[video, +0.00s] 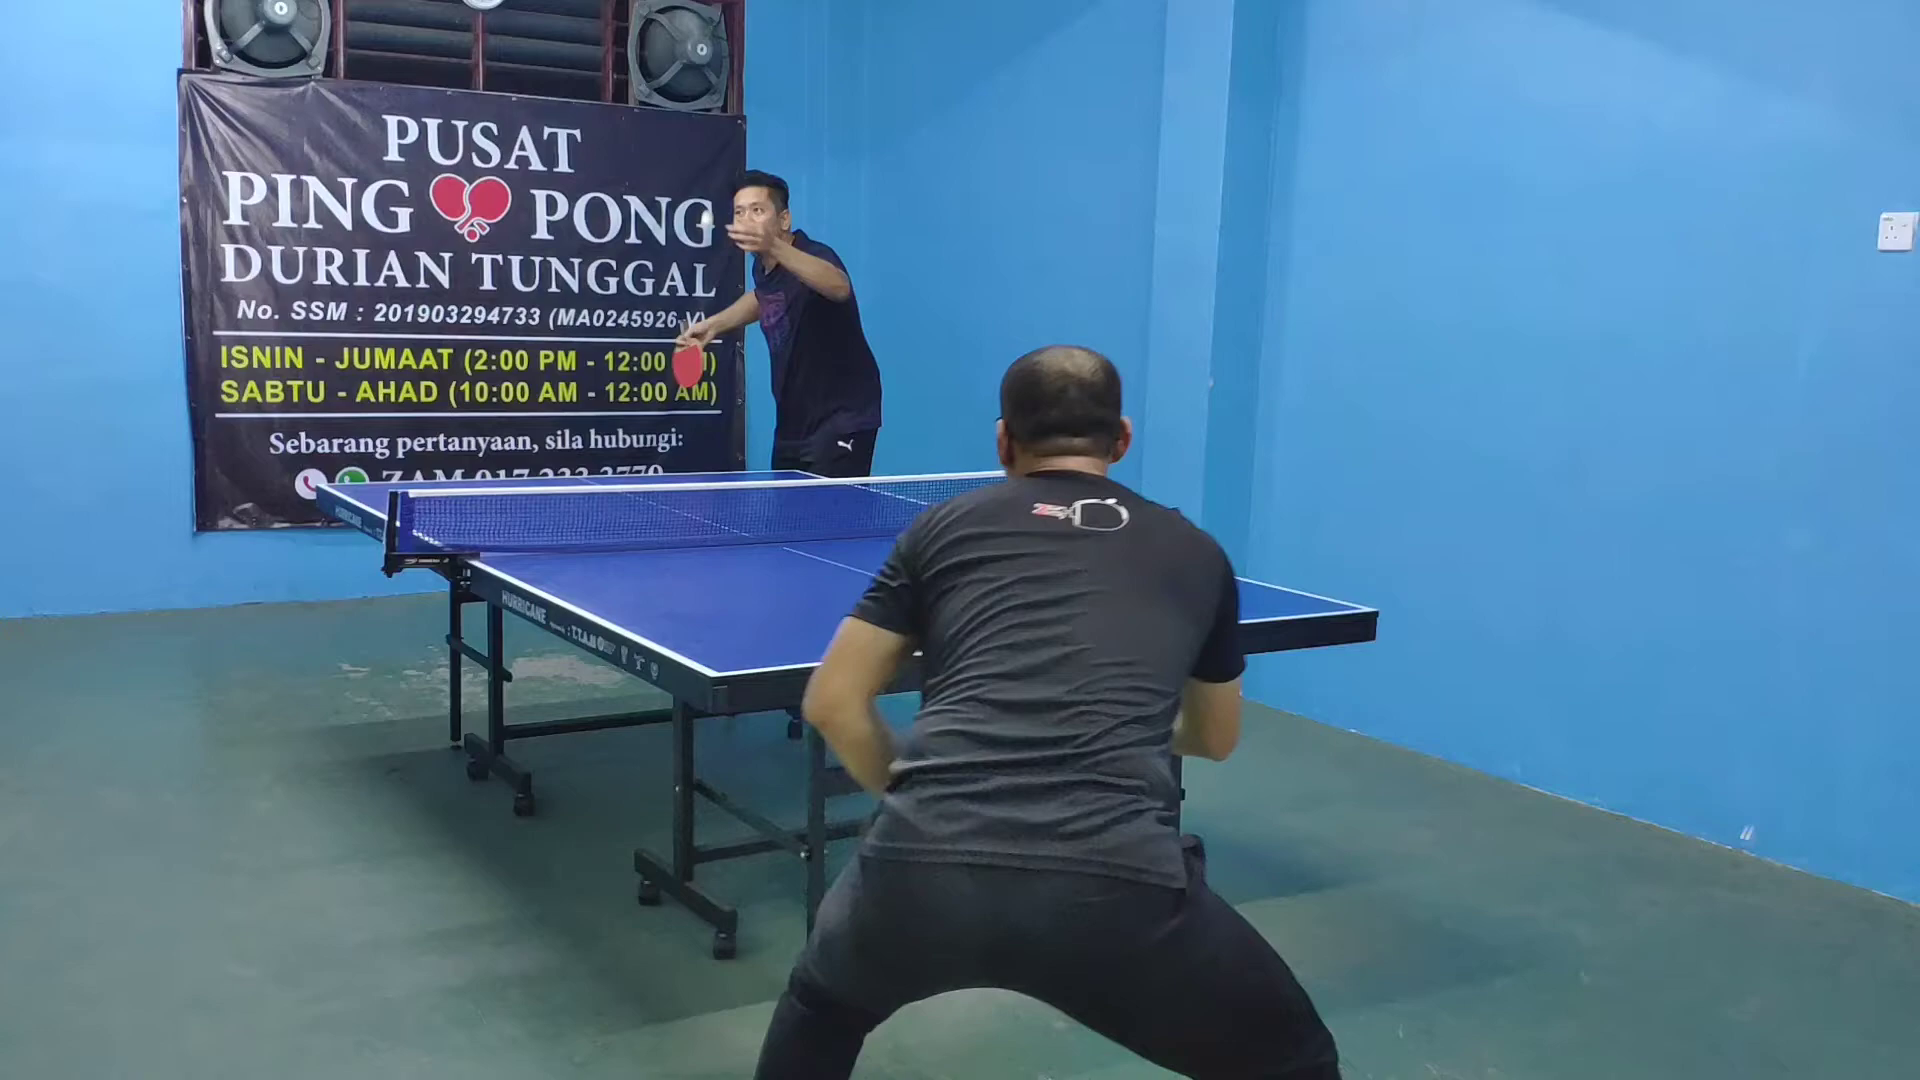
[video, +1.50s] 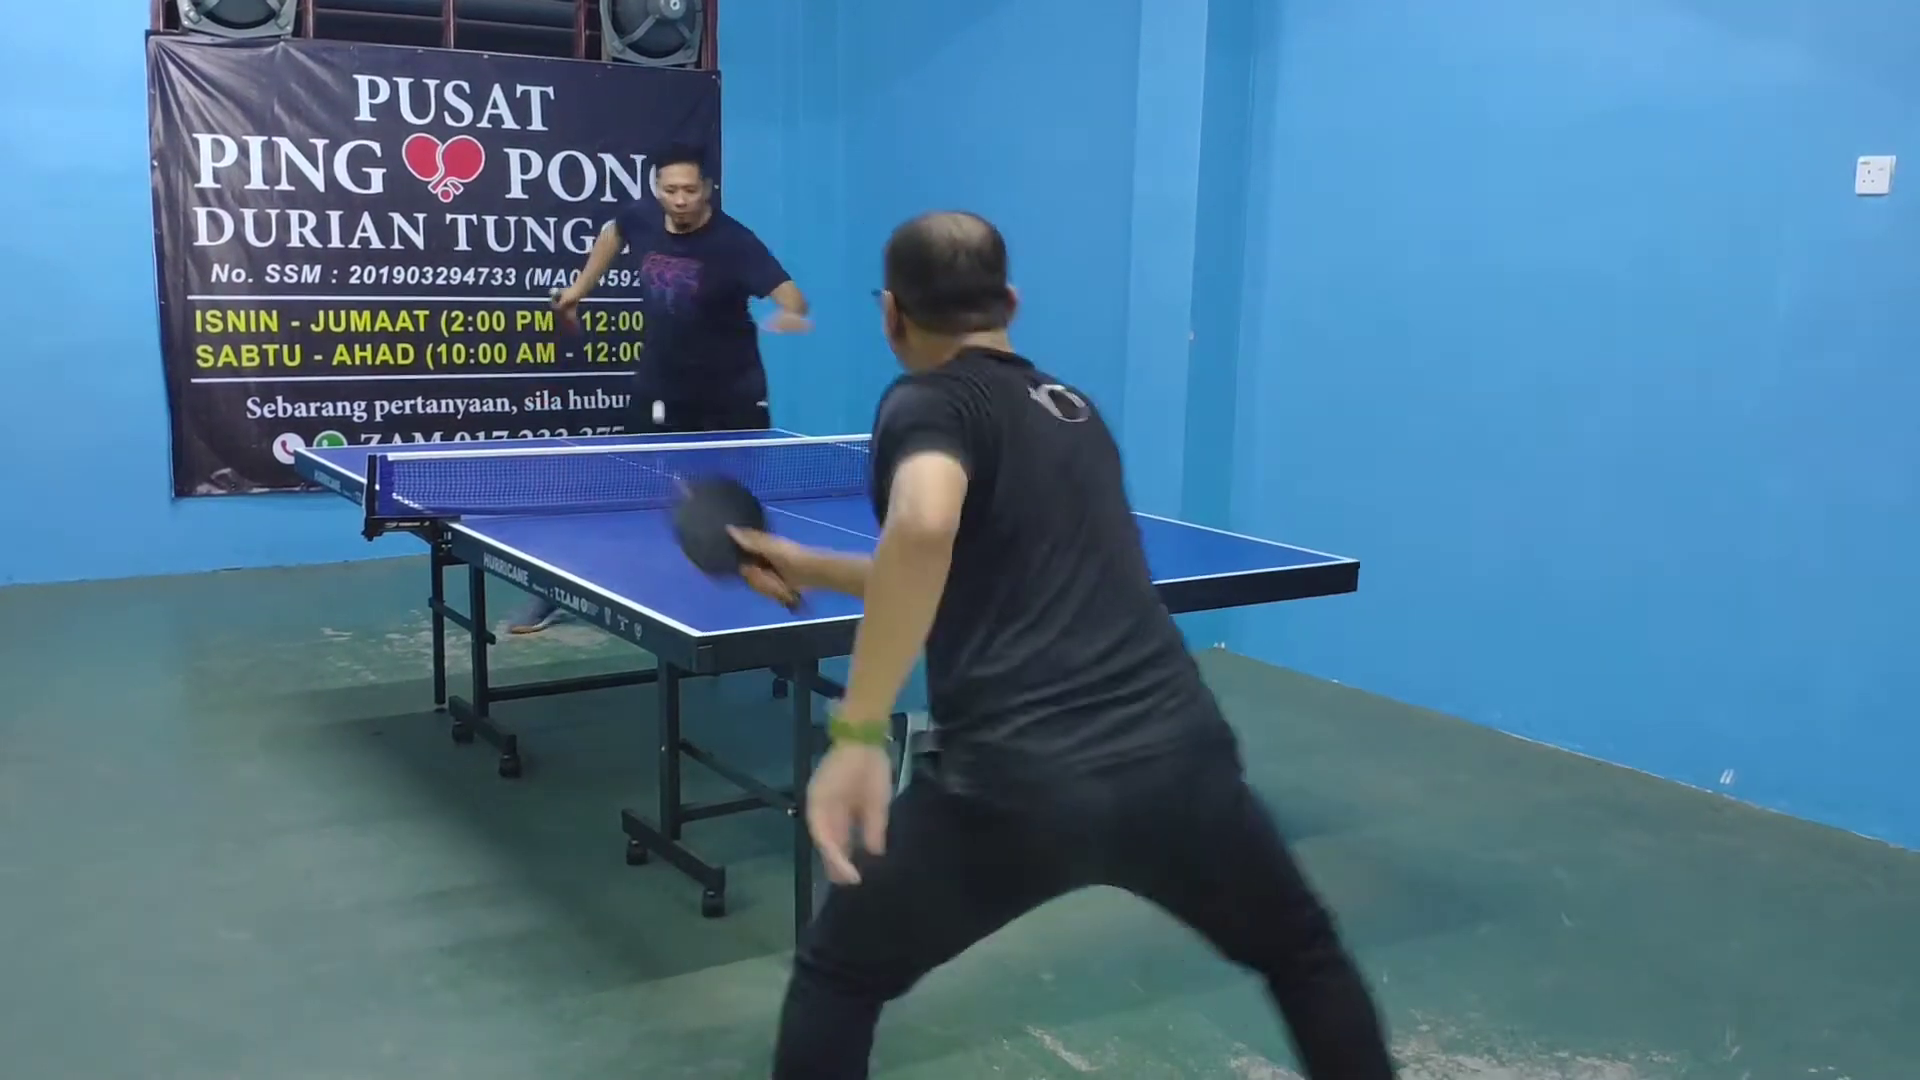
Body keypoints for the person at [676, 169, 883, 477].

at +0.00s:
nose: (747, 221)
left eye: (758, 210)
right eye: (739, 213)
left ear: (783, 219)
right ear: (734, 221)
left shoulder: (813, 255)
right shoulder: (762, 266)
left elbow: (841, 288)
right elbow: (762, 299)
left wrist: (776, 246)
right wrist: (712, 326)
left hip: (843, 416)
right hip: (794, 418)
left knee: (828, 518)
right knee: (783, 519)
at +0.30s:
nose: (743, 222)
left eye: (755, 211)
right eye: (736, 213)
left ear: (780, 218)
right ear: (730, 221)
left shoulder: (811, 255)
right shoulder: (754, 264)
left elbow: (850, 294)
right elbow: (750, 290)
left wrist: (792, 258)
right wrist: (703, 324)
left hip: (837, 412)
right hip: (786, 415)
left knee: (821, 515)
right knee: (776, 515)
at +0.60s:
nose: (740, 206)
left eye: (752, 197)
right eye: (732, 195)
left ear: (771, 204)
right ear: (720, 199)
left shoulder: (804, 252)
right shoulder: (704, 247)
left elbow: (851, 289)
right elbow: (669, 307)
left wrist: (870, 301)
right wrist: (694, 294)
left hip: (792, 400)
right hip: (732, 398)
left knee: (784, 500)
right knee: (730, 500)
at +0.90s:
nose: (685, 187)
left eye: (695, 178)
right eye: (675, 178)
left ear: (713, 186)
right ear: (659, 185)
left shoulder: (742, 241)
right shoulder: (638, 238)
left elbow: (785, 291)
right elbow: (601, 296)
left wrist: (800, 314)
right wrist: (622, 303)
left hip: (724, 403)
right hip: (653, 400)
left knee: (738, 508)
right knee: (606, 498)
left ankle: (747, 606)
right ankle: (556, 606)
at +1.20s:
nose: (626, 176)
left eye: (635, 167)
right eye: (616, 167)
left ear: (652, 172)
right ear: (602, 173)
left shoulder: (687, 227)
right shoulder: (577, 229)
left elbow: (737, 283)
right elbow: (560, 288)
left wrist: (716, 311)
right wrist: (568, 327)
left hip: (674, 387)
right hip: (602, 384)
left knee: (683, 486)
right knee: (572, 484)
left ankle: (690, 594)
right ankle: (543, 591)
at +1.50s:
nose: (679, 200)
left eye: (689, 189)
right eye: (669, 190)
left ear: (711, 189)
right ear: (657, 191)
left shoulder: (732, 240)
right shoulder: (645, 220)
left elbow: (786, 291)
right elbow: (613, 234)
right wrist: (579, 288)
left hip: (730, 399)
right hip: (659, 395)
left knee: (746, 503)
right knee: (608, 492)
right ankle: (552, 590)